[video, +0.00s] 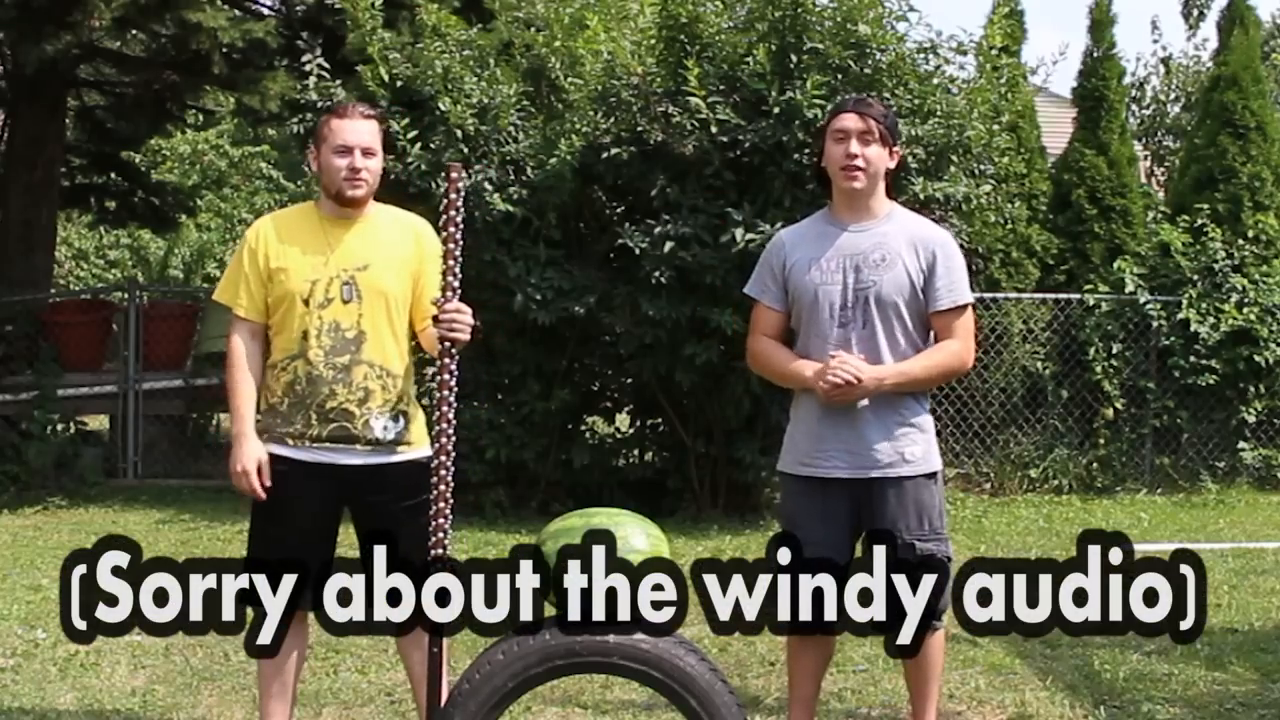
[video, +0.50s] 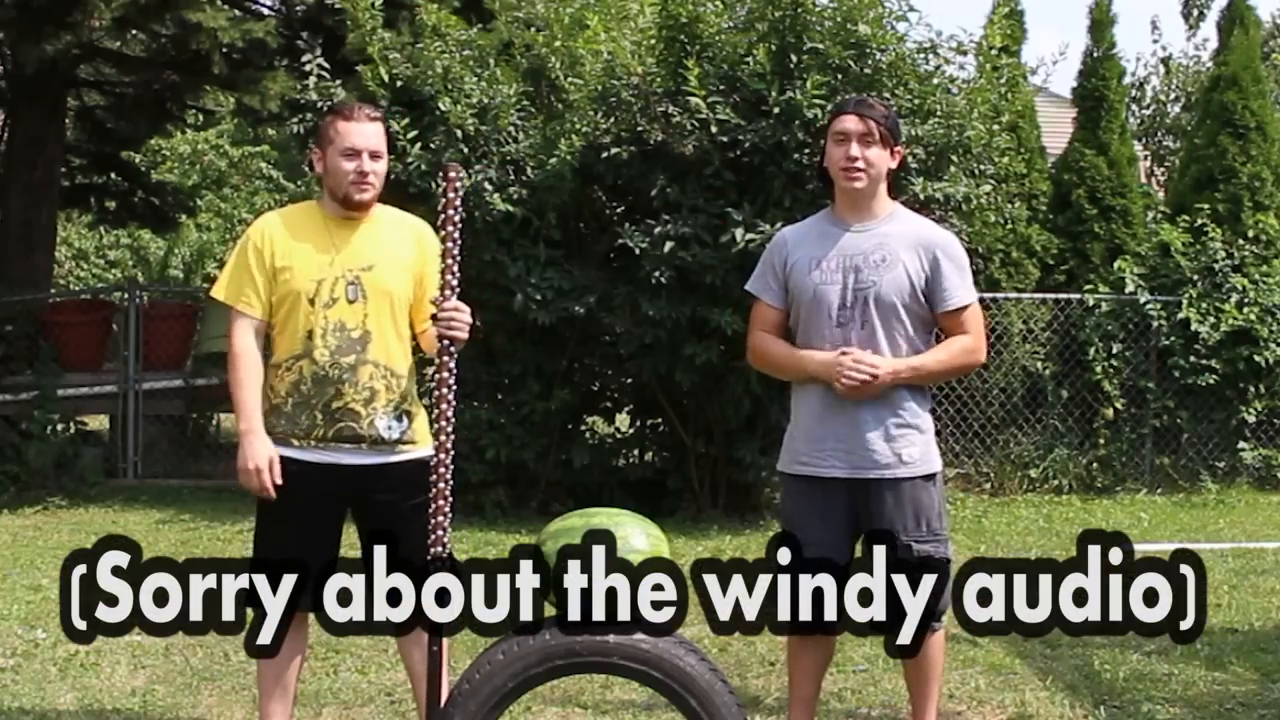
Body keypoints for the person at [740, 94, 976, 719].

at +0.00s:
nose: (852, 150)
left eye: (866, 140)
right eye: (840, 139)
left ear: (889, 157)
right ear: (823, 155)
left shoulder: (930, 243)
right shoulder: (789, 245)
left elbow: (960, 349)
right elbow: (760, 346)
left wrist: (877, 377)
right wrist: (810, 373)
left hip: (905, 464)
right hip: (813, 463)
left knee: (922, 607)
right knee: (809, 608)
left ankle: (923, 716)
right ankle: (799, 716)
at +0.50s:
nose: (852, 152)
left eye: (866, 141)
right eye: (840, 140)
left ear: (892, 156)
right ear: (824, 154)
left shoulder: (933, 243)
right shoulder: (790, 243)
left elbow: (972, 345)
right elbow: (759, 344)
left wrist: (895, 369)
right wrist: (819, 365)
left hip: (904, 465)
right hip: (813, 463)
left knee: (921, 610)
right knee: (808, 610)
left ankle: (924, 717)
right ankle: (799, 717)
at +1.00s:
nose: (853, 153)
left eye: (867, 143)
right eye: (841, 142)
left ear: (892, 156)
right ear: (825, 156)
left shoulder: (933, 244)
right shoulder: (790, 244)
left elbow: (962, 352)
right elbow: (760, 345)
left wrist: (884, 369)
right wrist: (808, 366)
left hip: (905, 465)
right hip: (813, 464)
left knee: (922, 610)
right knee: (805, 609)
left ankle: (923, 717)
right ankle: (799, 717)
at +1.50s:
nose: (861, 154)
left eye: (876, 143)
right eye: (849, 142)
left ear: (899, 157)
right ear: (832, 155)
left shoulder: (938, 244)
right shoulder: (795, 245)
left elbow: (970, 351)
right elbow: (762, 344)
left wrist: (887, 374)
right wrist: (813, 371)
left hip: (910, 466)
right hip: (818, 466)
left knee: (925, 611)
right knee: (812, 611)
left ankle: (925, 717)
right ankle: (800, 716)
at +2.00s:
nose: (856, 155)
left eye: (872, 144)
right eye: (845, 142)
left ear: (898, 157)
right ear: (830, 154)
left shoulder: (937, 243)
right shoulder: (793, 244)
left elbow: (970, 350)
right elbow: (760, 344)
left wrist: (895, 373)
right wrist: (818, 371)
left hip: (908, 465)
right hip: (817, 464)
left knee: (924, 609)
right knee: (809, 609)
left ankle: (924, 716)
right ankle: (800, 716)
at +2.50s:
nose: (821, 165)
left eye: (835, 153)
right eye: (819, 152)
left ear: (879, 159)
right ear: (819, 156)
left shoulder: (937, 244)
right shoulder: (801, 243)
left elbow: (972, 351)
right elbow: (764, 340)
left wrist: (892, 376)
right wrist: (735, 288)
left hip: (907, 468)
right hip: (817, 464)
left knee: (922, 613)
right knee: (811, 610)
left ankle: (925, 717)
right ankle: (799, 716)